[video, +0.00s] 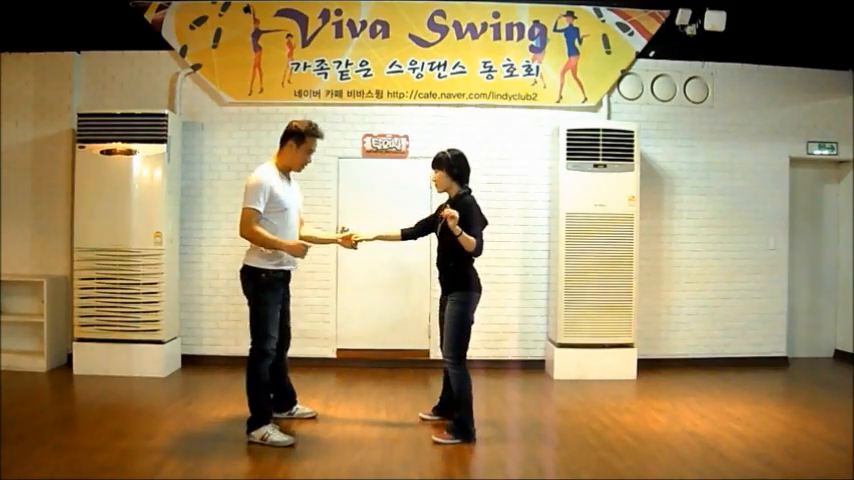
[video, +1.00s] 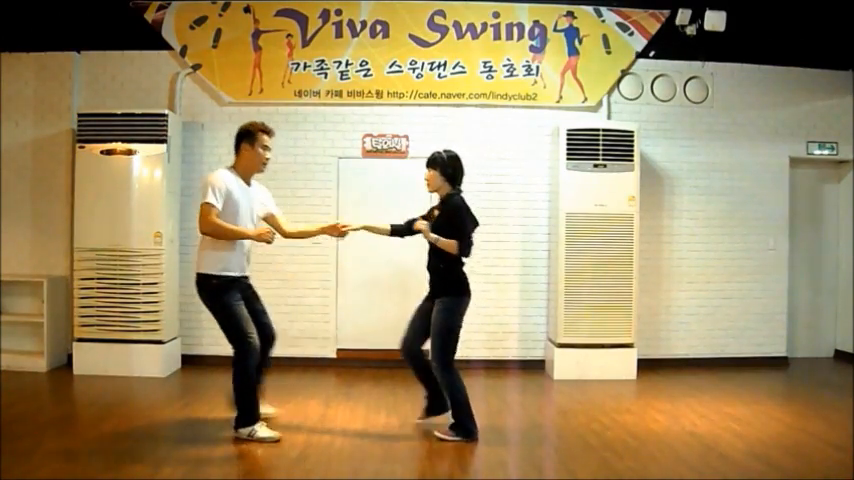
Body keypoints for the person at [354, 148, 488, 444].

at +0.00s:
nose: (432, 177)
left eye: (436, 171)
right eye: (433, 171)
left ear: (451, 173)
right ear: (448, 174)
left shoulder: (469, 206)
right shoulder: (445, 208)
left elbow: (475, 249)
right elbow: (413, 233)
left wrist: (454, 227)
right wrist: (372, 236)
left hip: (464, 290)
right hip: (448, 290)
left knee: (454, 356)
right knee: (448, 353)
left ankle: (464, 429)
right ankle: (447, 408)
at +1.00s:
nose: (426, 176)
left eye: (430, 170)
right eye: (427, 170)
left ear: (445, 174)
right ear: (441, 175)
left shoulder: (457, 207)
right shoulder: (437, 209)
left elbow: (464, 249)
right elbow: (401, 230)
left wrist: (429, 235)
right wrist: (361, 226)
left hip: (453, 295)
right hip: (436, 294)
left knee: (442, 361)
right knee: (410, 348)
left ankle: (465, 427)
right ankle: (437, 400)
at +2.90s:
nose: (405, 176)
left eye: (410, 171)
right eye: (407, 170)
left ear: (422, 176)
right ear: (422, 175)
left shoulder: (429, 207)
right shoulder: (423, 205)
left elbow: (422, 251)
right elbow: (406, 244)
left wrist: (391, 252)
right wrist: (376, 241)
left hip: (429, 293)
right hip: (424, 291)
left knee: (407, 354)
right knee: (407, 353)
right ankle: (413, 416)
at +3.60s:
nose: (463, 178)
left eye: (468, 173)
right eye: (464, 173)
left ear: (483, 177)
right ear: (474, 178)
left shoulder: (499, 212)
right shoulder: (467, 214)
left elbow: (509, 253)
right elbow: (431, 230)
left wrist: (473, 258)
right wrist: (391, 227)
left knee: (464, 355)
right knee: (464, 356)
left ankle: (480, 422)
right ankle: (511, 399)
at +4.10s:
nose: (381, 174)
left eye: (386, 169)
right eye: (383, 169)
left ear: (398, 175)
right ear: (397, 176)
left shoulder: (403, 208)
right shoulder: (395, 206)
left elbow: (391, 252)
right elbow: (367, 238)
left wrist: (357, 246)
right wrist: (335, 237)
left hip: (393, 292)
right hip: (385, 291)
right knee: (367, 353)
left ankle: (424, 397)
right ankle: (373, 416)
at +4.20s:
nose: (360, 172)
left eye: (365, 168)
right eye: (362, 167)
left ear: (377, 174)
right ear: (379, 174)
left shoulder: (381, 206)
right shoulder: (377, 203)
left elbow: (363, 247)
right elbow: (359, 239)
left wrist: (330, 242)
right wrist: (333, 237)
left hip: (371, 290)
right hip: (369, 288)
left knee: (338, 346)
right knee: (356, 349)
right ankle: (370, 417)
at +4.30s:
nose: (339, 175)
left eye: (343, 171)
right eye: (341, 170)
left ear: (355, 177)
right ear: (359, 177)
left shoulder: (358, 210)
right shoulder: (357, 207)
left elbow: (342, 251)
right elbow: (340, 246)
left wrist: (306, 247)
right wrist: (311, 244)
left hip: (347, 294)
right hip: (351, 292)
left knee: (312, 348)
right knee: (345, 352)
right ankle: (371, 416)